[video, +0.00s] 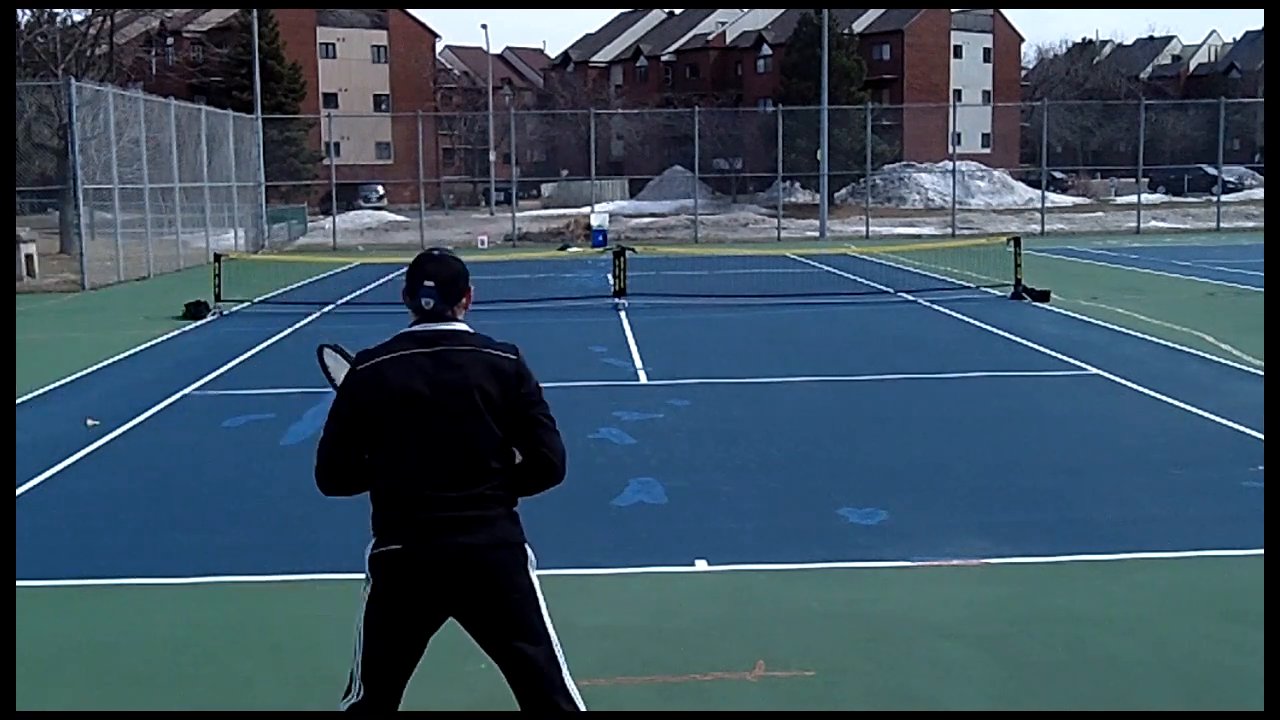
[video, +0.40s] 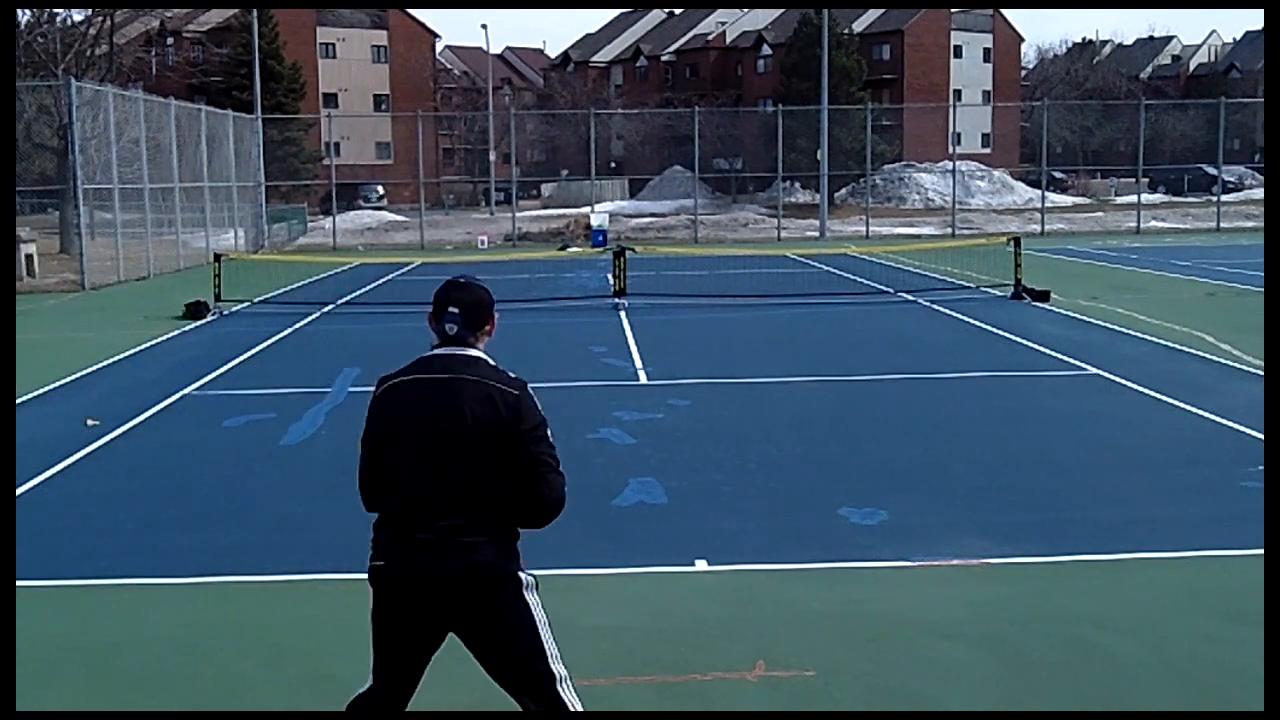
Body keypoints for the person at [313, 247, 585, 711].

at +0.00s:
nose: (470, 298)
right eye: (470, 292)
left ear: (406, 300)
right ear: (467, 299)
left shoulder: (369, 369)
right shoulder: (504, 363)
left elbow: (332, 477)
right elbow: (548, 464)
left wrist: (394, 462)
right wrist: (490, 484)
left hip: (404, 567)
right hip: (494, 563)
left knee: (371, 697)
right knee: (549, 692)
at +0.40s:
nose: (492, 324)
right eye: (492, 320)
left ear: (432, 323)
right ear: (489, 326)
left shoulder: (391, 390)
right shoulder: (510, 393)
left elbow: (372, 494)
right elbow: (546, 500)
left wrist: (428, 485)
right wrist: (490, 501)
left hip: (403, 575)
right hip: (487, 578)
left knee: (385, 693)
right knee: (550, 697)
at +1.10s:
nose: (456, 357)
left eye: (457, 348)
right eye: (456, 349)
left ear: (408, 339)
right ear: (448, 354)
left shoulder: (426, 404)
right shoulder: (367, 383)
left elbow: (484, 448)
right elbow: (317, 440)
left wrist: (545, 437)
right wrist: (360, 413)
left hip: (327, 553)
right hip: (301, 551)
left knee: (321, 681)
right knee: (382, 684)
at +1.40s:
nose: (441, 356)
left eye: (442, 348)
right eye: (442, 349)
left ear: (392, 337)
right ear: (431, 353)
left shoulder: (349, 370)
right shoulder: (388, 384)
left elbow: (371, 465)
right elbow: (357, 477)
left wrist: (441, 477)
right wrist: (406, 544)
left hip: (267, 537)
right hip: (312, 547)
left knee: (294, 675)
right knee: (388, 680)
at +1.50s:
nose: (414, 324)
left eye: (417, 317)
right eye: (415, 317)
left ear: (366, 297)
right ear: (403, 312)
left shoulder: (294, 337)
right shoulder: (392, 344)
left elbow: (297, 428)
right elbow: (393, 448)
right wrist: (438, 486)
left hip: (272, 511)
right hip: (340, 519)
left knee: (278, 652)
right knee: (374, 662)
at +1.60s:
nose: (392, 290)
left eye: (394, 285)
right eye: (392, 284)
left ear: (338, 269)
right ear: (384, 283)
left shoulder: (273, 316)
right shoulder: (388, 320)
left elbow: (251, 396)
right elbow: (409, 404)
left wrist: (260, 327)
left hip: (284, 500)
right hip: (359, 502)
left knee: (278, 642)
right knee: (379, 641)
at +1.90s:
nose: (321, 283)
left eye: (325, 280)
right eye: (324, 280)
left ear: (328, 287)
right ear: (373, 281)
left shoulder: (304, 343)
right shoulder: (391, 312)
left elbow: (222, 397)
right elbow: (335, 289)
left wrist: (225, 318)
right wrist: (273, 268)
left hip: (327, 512)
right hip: (396, 504)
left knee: (298, 648)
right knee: (402, 632)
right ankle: (426, 711)